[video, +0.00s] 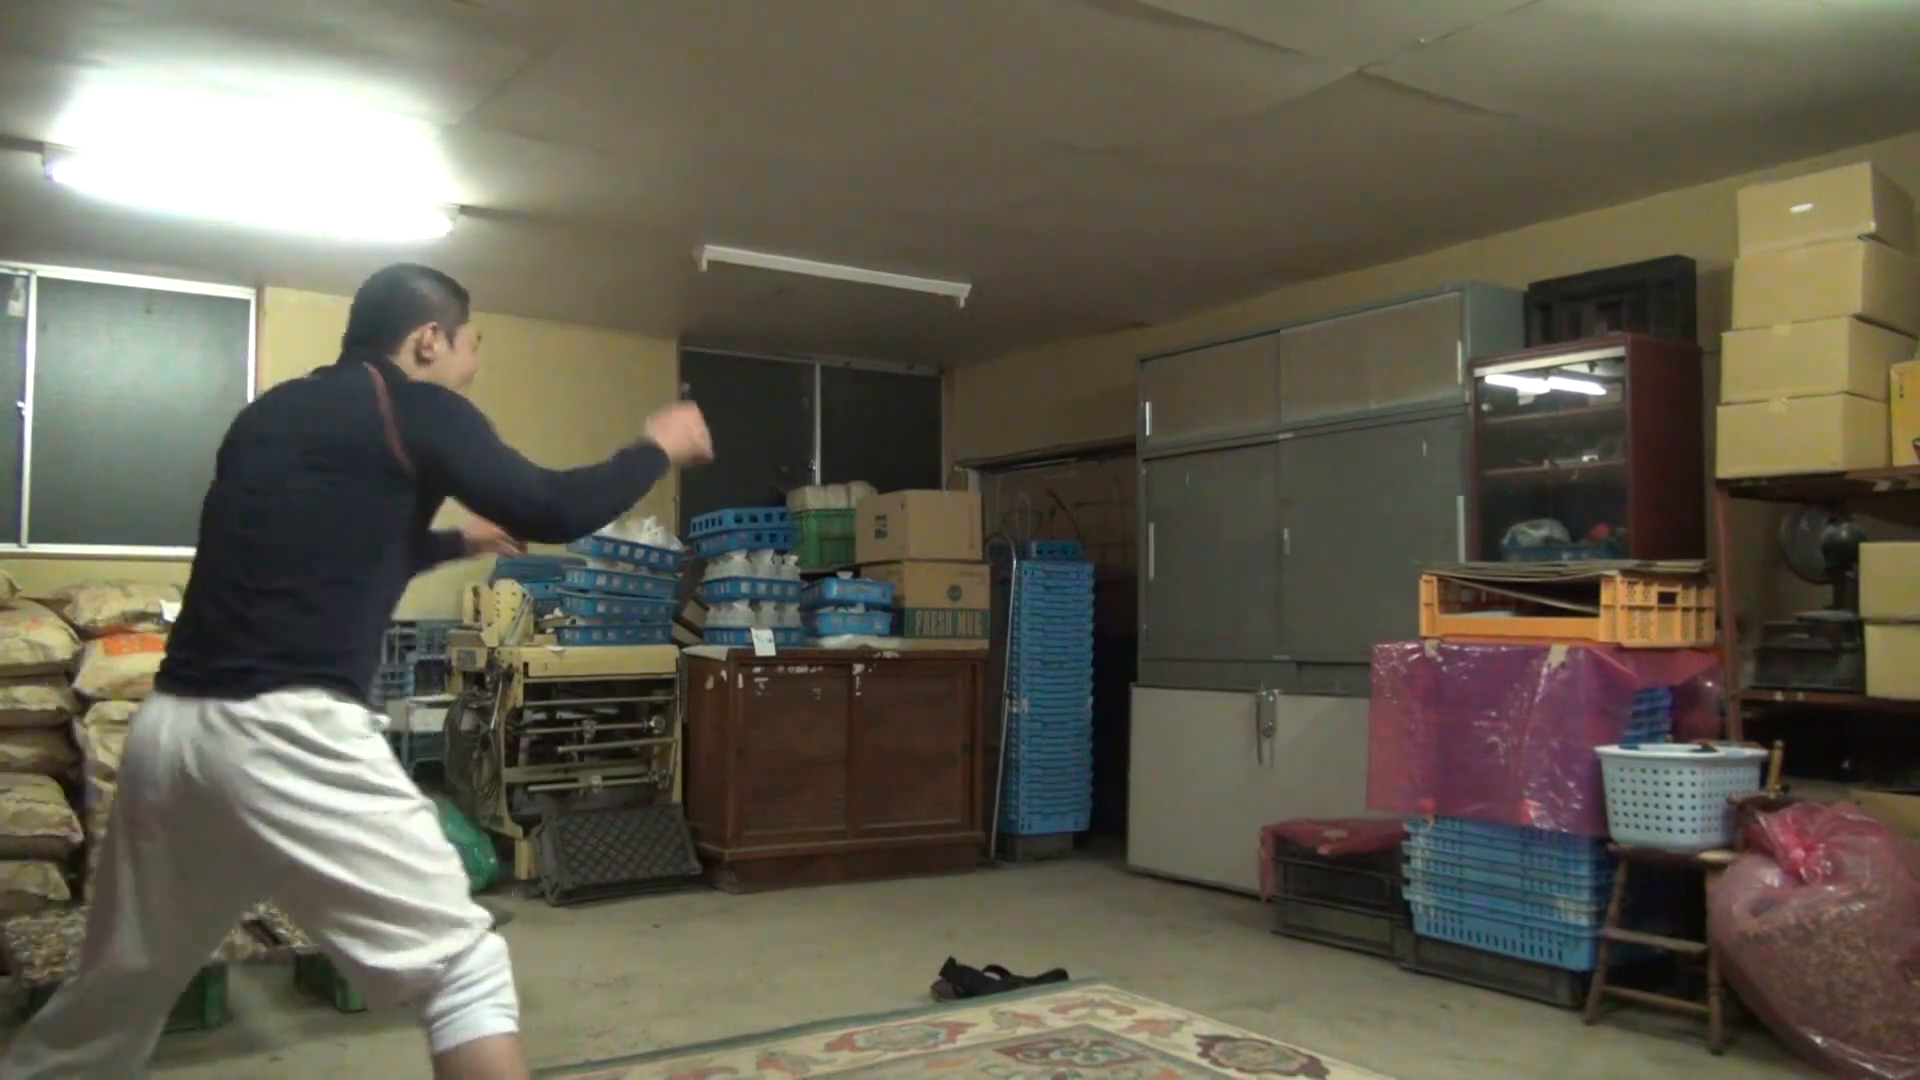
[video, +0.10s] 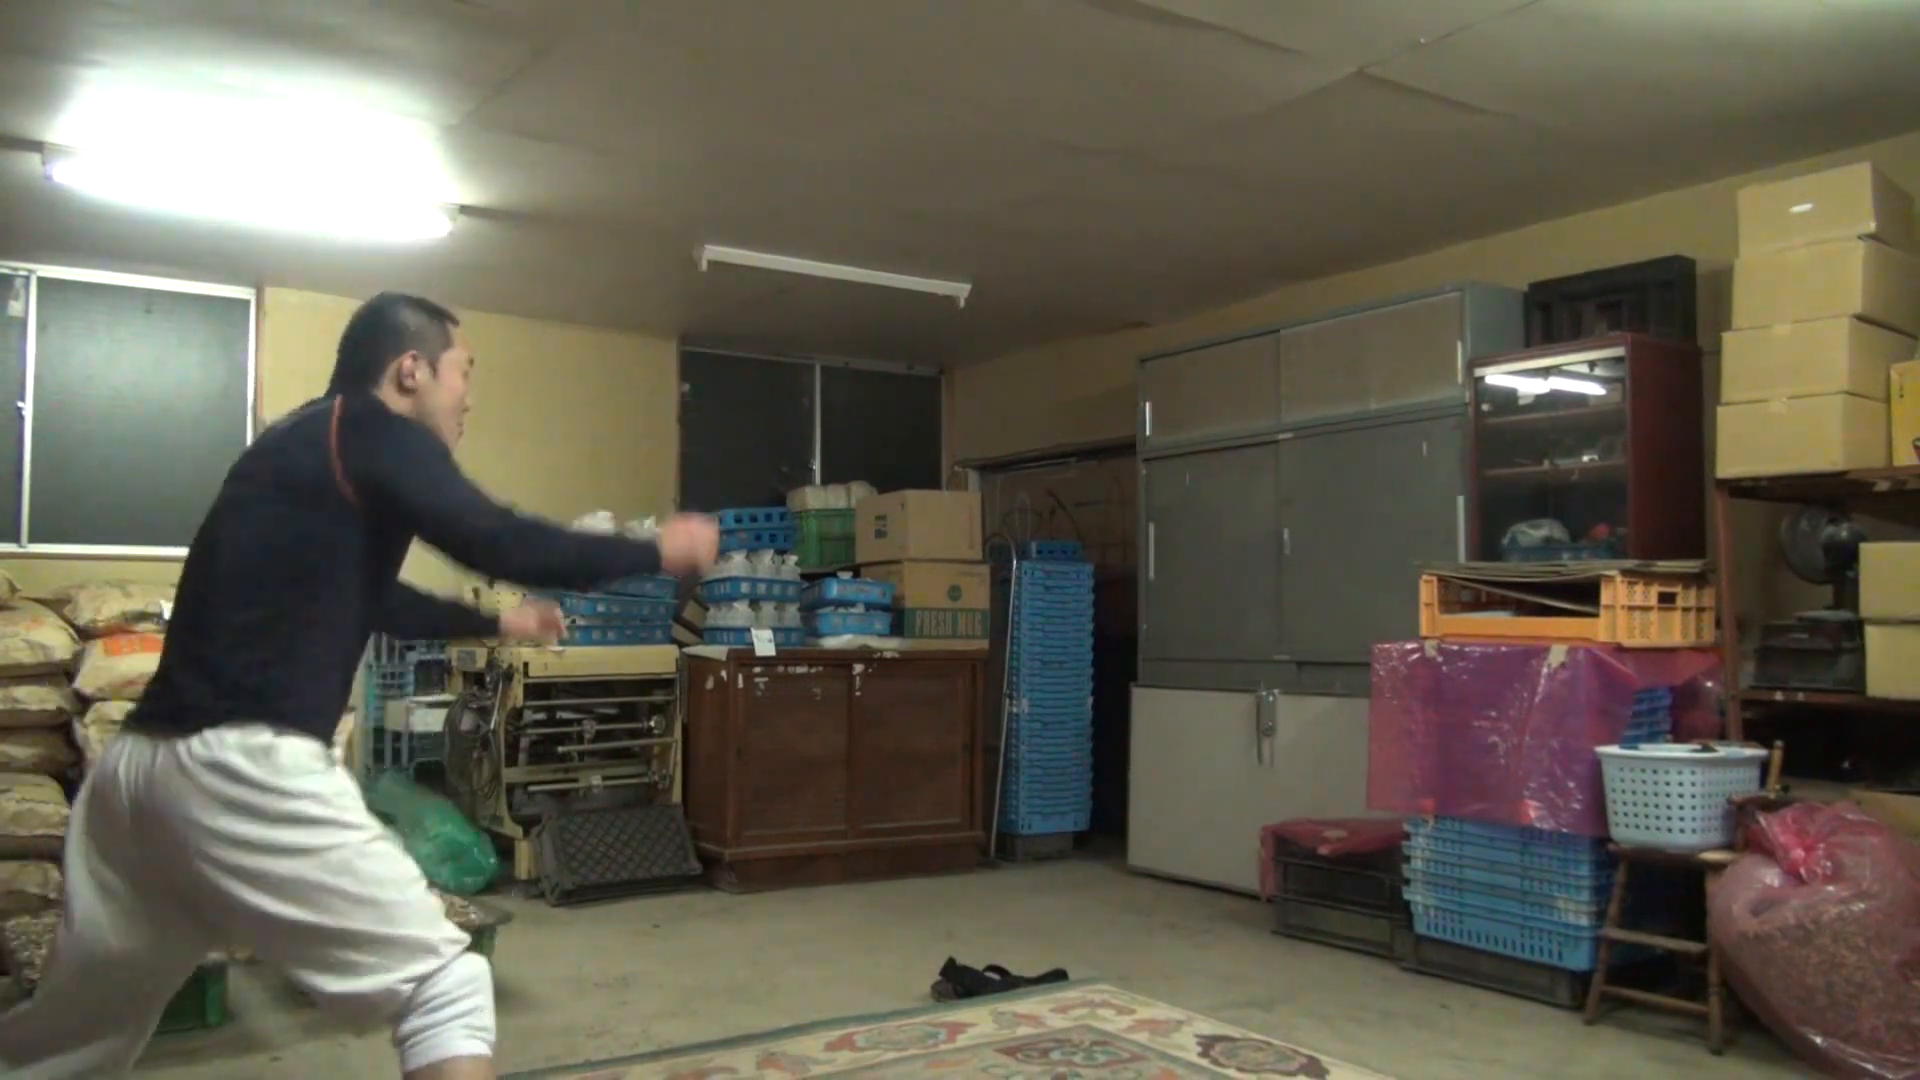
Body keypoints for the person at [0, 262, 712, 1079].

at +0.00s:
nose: (469, 367)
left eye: (472, 350)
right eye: (467, 348)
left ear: (359, 337)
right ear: (425, 341)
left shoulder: (264, 412)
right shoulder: (416, 407)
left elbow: (327, 556)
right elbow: (551, 510)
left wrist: (456, 542)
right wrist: (657, 449)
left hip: (165, 732)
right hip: (291, 732)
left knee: (114, 989)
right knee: (464, 975)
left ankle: (34, 1072)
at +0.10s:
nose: (469, 391)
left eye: (468, 369)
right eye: (460, 368)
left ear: (382, 373)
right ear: (407, 372)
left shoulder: (289, 442)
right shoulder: (371, 435)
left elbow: (363, 601)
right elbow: (498, 541)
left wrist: (491, 621)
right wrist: (653, 549)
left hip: (133, 770)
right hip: (246, 769)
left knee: (68, 1035)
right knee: (443, 986)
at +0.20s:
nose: (488, 398)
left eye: (483, 377)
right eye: (476, 377)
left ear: (394, 387)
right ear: (425, 384)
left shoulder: (320, 462)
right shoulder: (389, 457)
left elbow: (371, 634)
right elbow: (462, 596)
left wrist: (489, 707)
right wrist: (618, 633)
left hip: (154, 777)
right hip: (256, 779)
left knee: (64, 1044)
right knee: (458, 987)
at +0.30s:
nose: (519, 375)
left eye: (514, 354)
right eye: (511, 355)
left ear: (422, 371)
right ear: (468, 366)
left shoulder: (352, 445)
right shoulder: (456, 449)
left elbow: (412, 620)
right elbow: (485, 595)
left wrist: (507, 715)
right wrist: (620, 680)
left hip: (221, 741)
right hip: (340, 745)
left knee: (116, 1000)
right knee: (493, 985)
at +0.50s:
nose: (505, 346)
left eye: (498, 328)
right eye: (499, 328)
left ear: (398, 343)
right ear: (478, 334)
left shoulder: (349, 422)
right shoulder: (557, 441)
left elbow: (365, 357)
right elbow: (634, 569)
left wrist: (459, 288)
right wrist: (691, 541)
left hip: (444, 756)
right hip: (566, 738)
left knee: (369, 1020)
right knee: (563, 954)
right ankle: (647, 1069)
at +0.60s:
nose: (367, 426)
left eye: (364, 412)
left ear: (375, 417)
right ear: (462, 387)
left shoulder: (394, 480)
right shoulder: (567, 456)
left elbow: (290, 470)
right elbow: (668, 509)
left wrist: (344, 377)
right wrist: (630, 410)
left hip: (567, 787)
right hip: (645, 760)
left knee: (424, 1029)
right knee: (588, 967)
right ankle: (780, 1056)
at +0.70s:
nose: (384, 560)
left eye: (378, 544)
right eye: (373, 551)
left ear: (408, 508)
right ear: (430, 481)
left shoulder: (450, 553)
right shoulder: (561, 484)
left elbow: (315, 627)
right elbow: (621, 462)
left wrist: (289, 563)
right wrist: (512, 413)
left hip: (647, 806)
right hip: (690, 792)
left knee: (487, 1003)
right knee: (642, 982)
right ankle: (764, 1046)